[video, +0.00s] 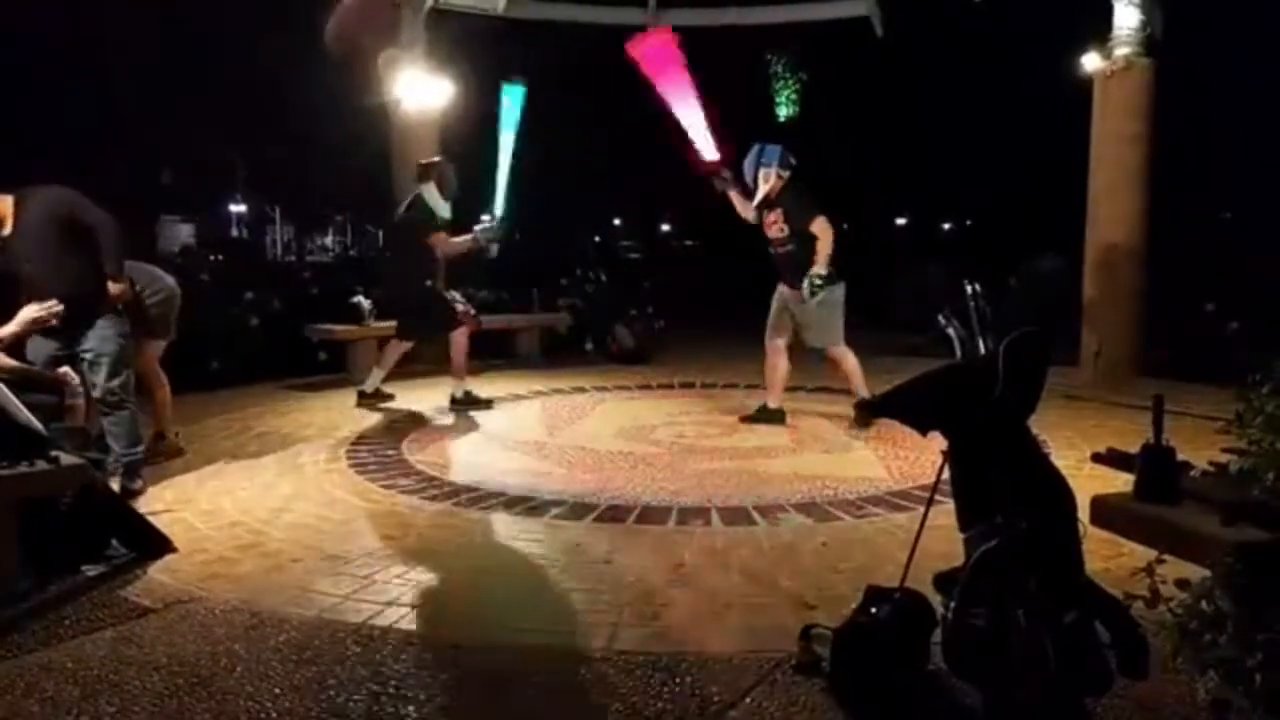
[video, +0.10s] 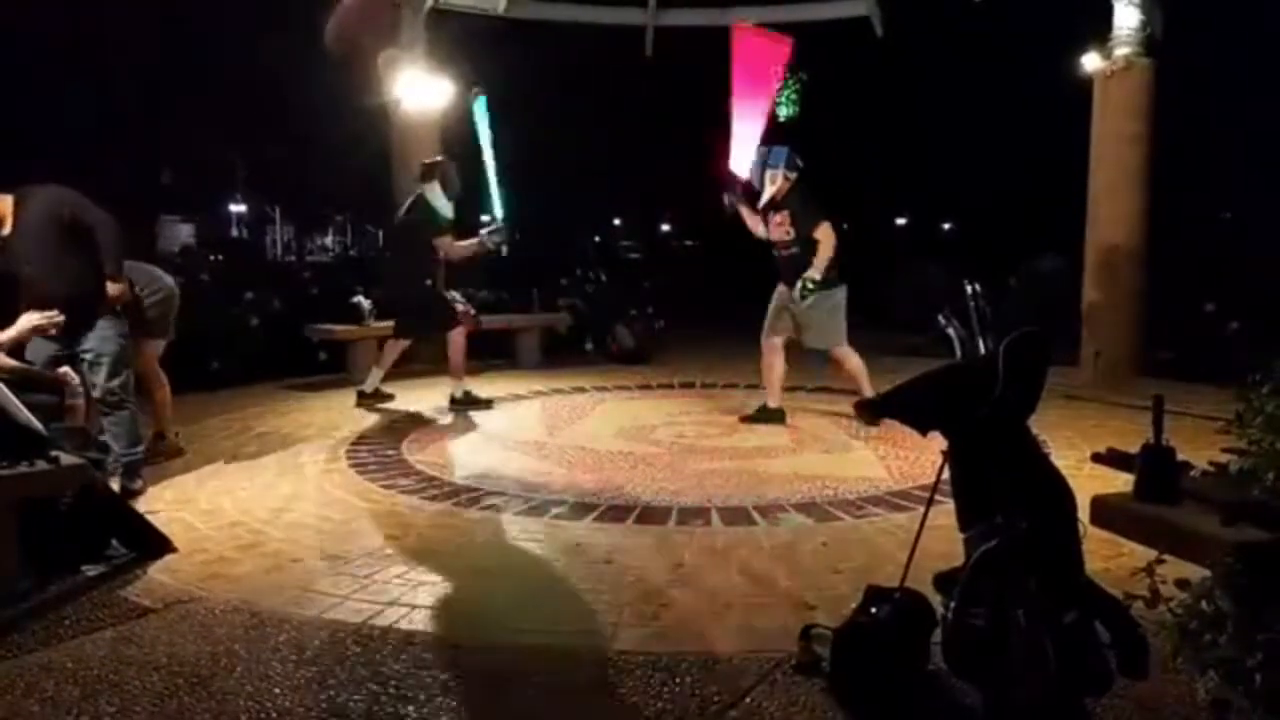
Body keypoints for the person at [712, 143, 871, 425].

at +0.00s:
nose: (760, 182)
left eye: (764, 175)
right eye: (758, 176)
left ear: (777, 174)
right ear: (758, 175)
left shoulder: (795, 200)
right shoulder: (766, 201)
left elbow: (825, 232)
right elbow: (748, 214)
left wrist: (819, 269)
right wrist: (730, 190)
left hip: (819, 287)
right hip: (787, 288)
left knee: (835, 348)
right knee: (775, 343)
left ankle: (863, 400)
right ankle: (773, 406)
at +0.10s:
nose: (769, 180)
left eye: (774, 174)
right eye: (767, 173)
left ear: (787, 175)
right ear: (763, 173)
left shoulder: (802, 203)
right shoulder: (769, 203)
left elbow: (827, 238)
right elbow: (763, 231)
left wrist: (814, 273)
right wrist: (741, 207)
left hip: (823, 289)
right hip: (788, 288)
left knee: (838, 349)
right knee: (771, 341)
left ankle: (869, 397)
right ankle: (772, 406)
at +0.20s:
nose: (786, 192)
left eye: (790, 185)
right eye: (782, 186)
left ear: (801, 183)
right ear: (776, 185)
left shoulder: (818, 209)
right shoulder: (785, 214)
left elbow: (839, 248)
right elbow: (785, 253)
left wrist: (816, 280)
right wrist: (759, 236)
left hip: (833, 294)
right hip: (796, 292)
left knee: (843, 355)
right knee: (772, 341)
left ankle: (873, 399)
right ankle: (772, 405)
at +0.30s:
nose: (806, 192)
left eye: (811, 185)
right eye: (802, 186)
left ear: (821, 185)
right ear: (796, 187)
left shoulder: (834, 213)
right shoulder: (799, 216)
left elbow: (853, 256)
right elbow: (809, 259)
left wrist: (825, 282)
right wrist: (780, 255)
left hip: (846, 295)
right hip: (812, 292)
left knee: (849, 354)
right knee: (782, 340)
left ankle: (876, 401)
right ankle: (773, 406)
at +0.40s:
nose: (813, 188)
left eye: (819, 182)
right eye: (810, 181)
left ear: (831, 181)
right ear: (806, 180)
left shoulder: (843, 208)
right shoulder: (810, 210)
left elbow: (859, 250)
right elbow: (815, 255)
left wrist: (830, 275)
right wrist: (787, 257)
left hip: (851, 292)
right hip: (818, 288)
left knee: (855, 353)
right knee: (792, 339)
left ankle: (878, 401)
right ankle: (777, 403)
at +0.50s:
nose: (817, 182)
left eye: (821, 175)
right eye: (815, 175)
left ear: (832, 173)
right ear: (813, 174)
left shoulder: (845, 200)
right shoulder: (821, 203)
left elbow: (861, 242)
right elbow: (826, 249)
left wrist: (831, 268)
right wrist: (792, 260)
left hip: (854, 287)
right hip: (824, 285)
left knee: (857, 349)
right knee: (799, 335)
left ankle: (879, 401)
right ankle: (788, 400)